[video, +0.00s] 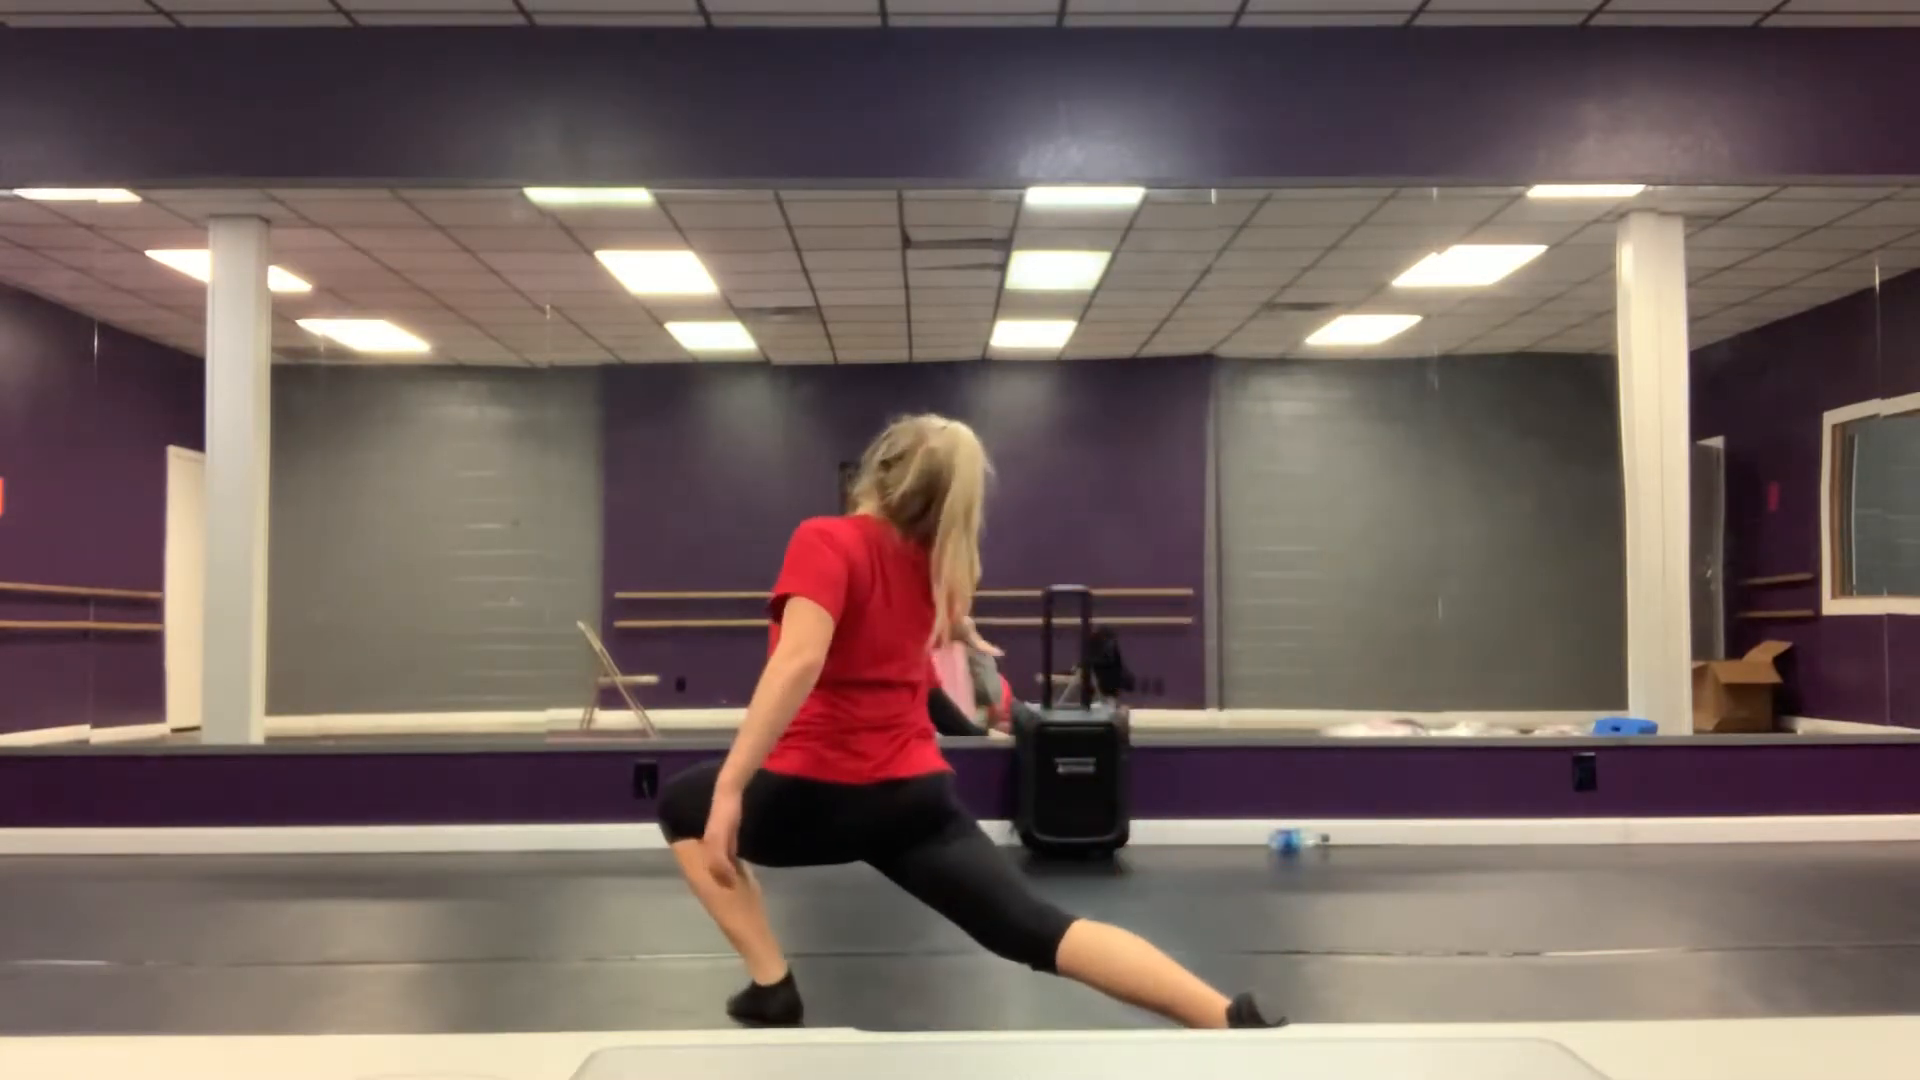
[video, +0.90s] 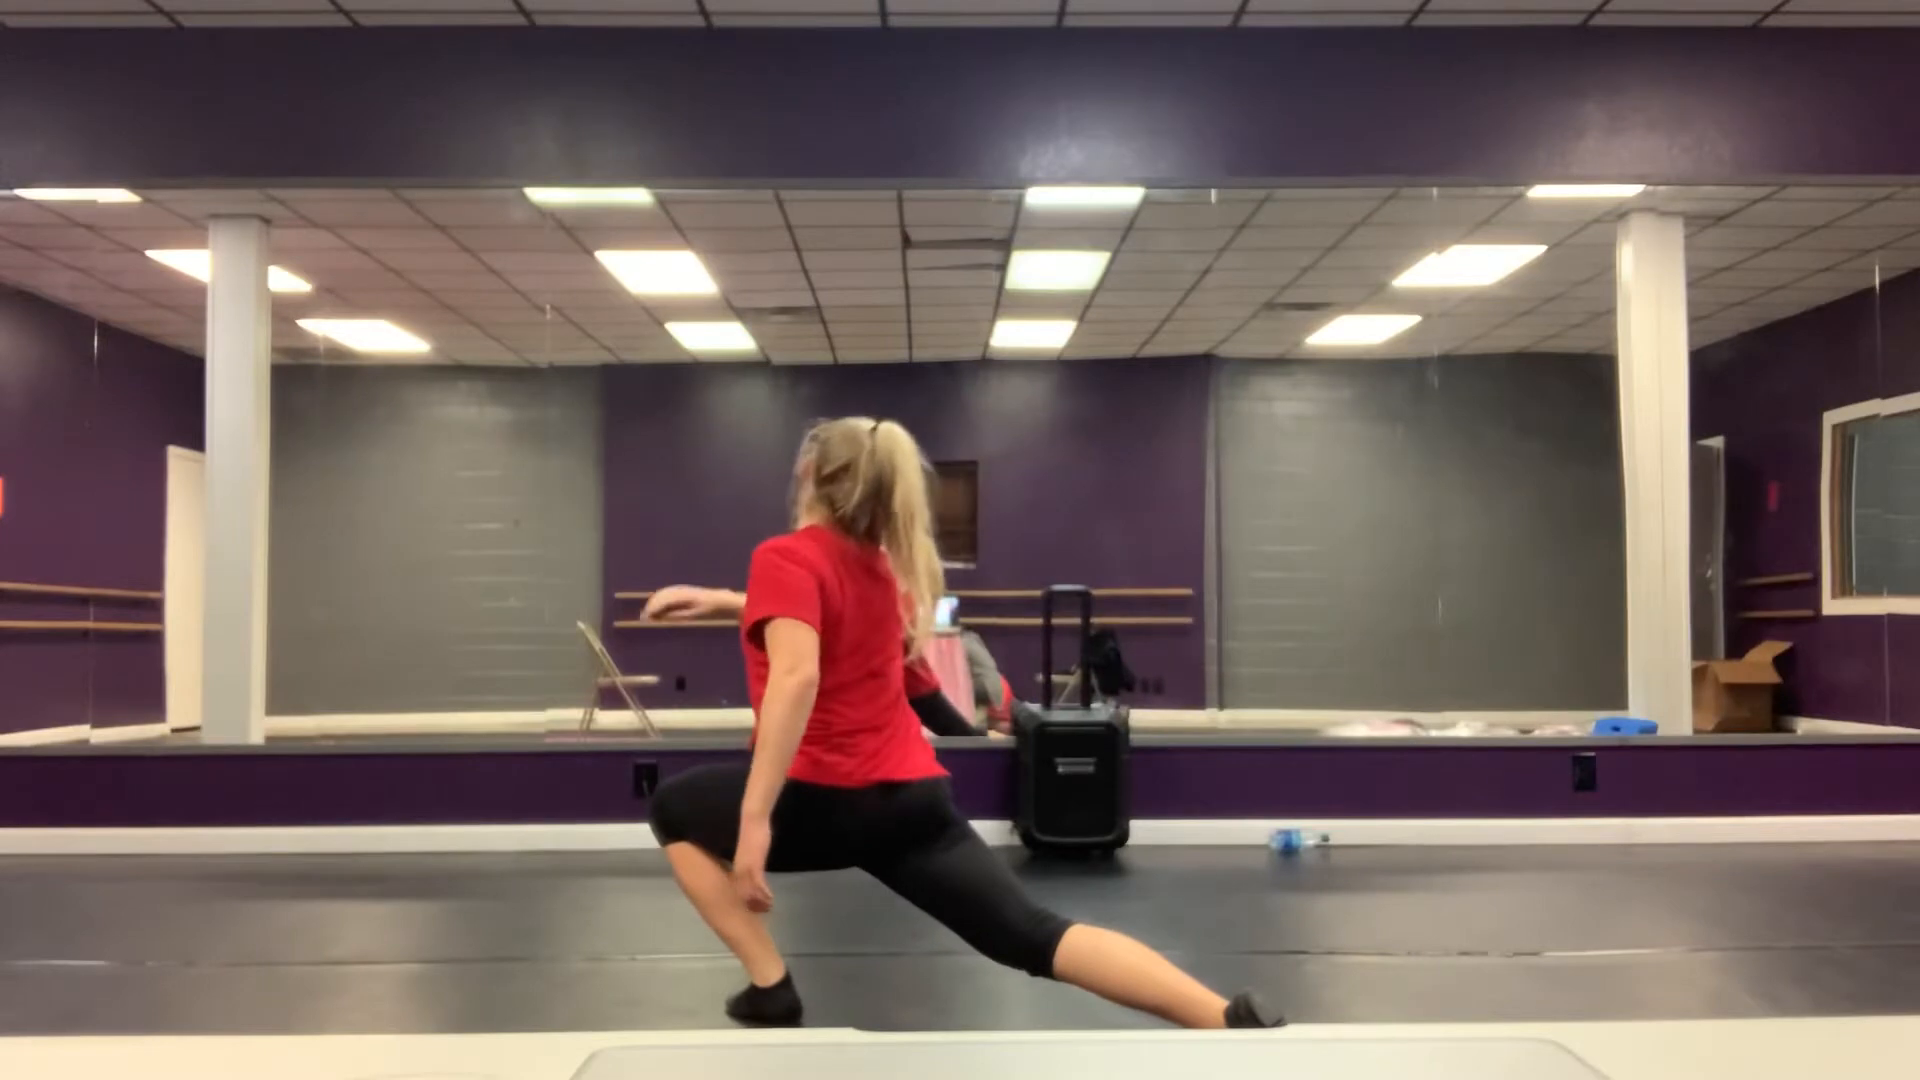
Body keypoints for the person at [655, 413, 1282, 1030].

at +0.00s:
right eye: (965, 494)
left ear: (881, 471)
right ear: (953, 500)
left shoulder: (829, 541)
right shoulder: (935, 565)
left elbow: (800, 659)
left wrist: (730, 786)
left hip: (812, 797)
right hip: (911, 796)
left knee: (683, 803)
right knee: (1030, 927)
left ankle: (770, 984)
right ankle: (1226, 1015)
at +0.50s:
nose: (948, 511)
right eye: (944, 495)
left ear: (860, 473)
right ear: (929, 497)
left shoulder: (816, 548)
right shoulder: (913, 566)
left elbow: (798, 669)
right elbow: (907, 674)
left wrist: (732, 798)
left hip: (816, 805)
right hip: (909, 801)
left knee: (677, 808)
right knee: (1028, 931)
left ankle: (769, 985)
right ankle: (1224, 1015)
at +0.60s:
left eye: (849, 460)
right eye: (938, 495)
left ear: (853, 475)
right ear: (924, 497)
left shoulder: (811, 551)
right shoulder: (909, 566)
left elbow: (799, 670)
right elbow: (844, 599)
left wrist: (734, 801)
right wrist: (762, 606)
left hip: (818, 806)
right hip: (910, 801)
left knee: (678, 808)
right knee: (1028, 931)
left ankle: (769, 984)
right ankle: (1224, 1015)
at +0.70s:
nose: (827, 468)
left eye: (836, 460)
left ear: (845, 475)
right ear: (914, 494)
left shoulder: (806, 553)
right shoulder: (908, 566)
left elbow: (799, 673)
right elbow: (826, 603)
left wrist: (740, 806)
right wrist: (730, 606)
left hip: (822, 807)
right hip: (913, 801)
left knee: (676, 807)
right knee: (1029, 933)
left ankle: (770, 984)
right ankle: (1224, 1015)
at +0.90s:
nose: (798, 476)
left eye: (805, 465)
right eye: (805, 464)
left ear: (820, 478)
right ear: (878, 491)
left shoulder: (788, 558)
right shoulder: (891, 569)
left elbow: (797, 677)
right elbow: (824, 609)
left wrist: (755, 822)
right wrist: (725, 602)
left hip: (825, 805)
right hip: (913, 798)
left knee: (675, 810)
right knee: (1028, 934)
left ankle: (769, 984)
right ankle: (1222, 1014)